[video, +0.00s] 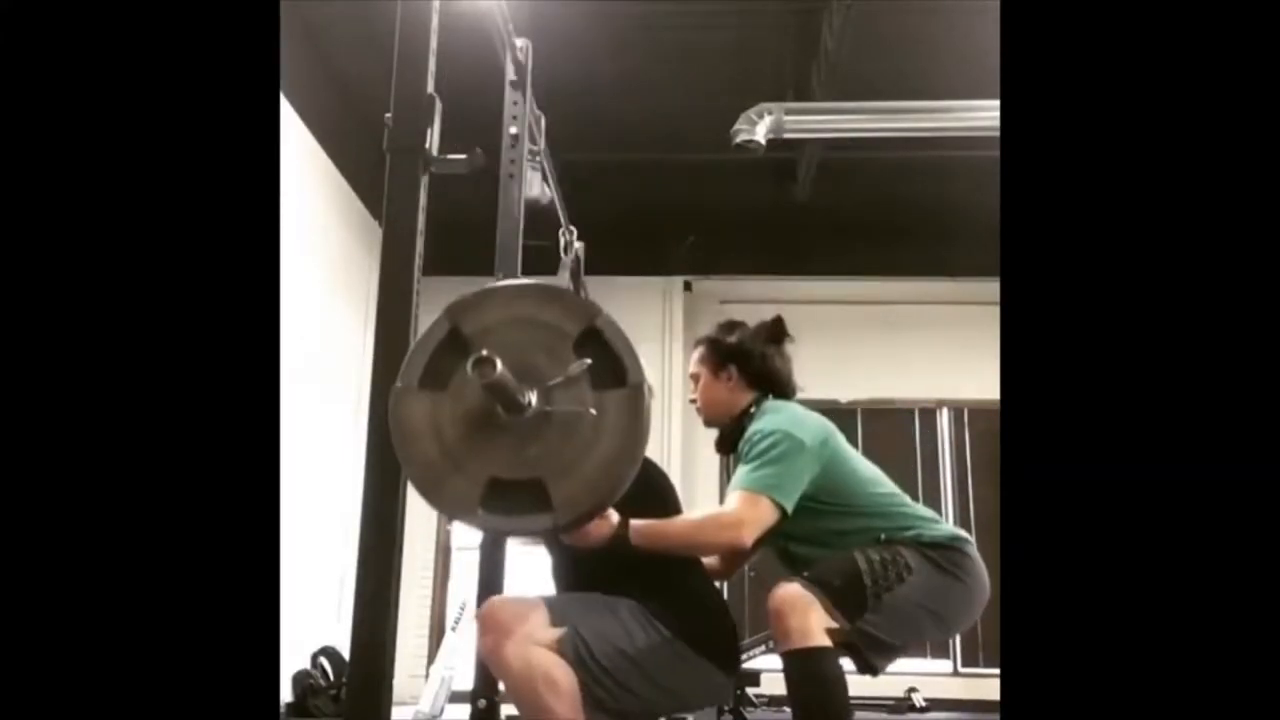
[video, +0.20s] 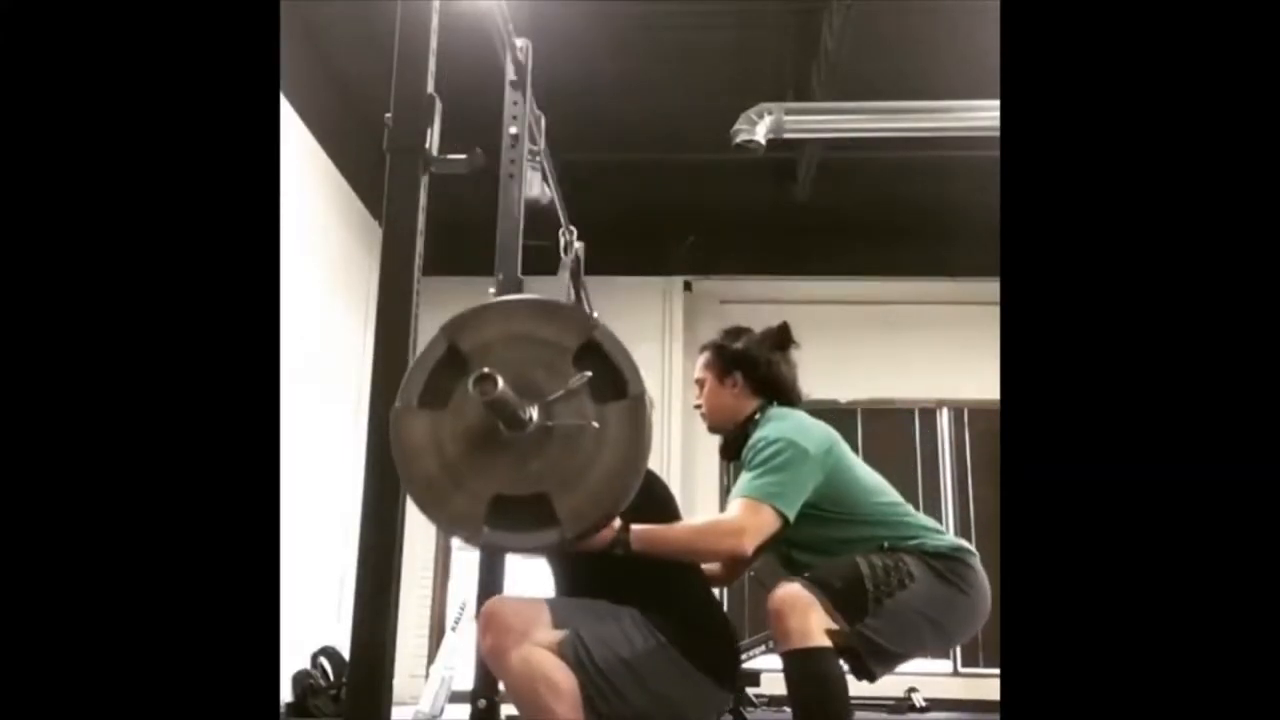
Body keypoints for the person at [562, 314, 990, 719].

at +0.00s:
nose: (691, 393)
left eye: (699, 378)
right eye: (691, 380)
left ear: (737, 378)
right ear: (737, 382)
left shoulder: (781, 426)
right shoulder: (756, 443)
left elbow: (736, 529)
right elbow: (720, 561)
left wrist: (622, 528)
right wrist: (637, 558)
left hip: (939, 565)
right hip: (908, 569)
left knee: (794, 604)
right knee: (791, 608)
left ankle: (827, 714)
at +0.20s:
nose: (696, 398)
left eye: (703, 384)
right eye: (696, 386)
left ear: (740, 383)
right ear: (740, 387)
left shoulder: (787, 434)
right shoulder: (752, 452)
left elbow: (737, 537)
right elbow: (725, 568)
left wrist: (621, 533)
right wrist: (641, 562)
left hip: (942, 576)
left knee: (794, 604)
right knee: (791, 609)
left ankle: (827, 714)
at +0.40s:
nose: (698, 397)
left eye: (704, 382)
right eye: (698, 384)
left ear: (738, 380)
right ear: (740, 381)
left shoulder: (788, 432)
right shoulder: (762, 447)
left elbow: (737, 534)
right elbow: (725, 567)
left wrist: (620, 530)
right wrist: (641, 558)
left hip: (942, 573)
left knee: (793, 604)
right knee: (795, 612)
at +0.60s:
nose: (699, 386)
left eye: (706, 371)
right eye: (700, 374)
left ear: (739, 370)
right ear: (740, 371)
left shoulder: (790, 425)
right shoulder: (765, 440)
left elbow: (738, 525)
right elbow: (723, 558)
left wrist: (622, 523)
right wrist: (641, 556)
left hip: (940, 566)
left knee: (793, 605)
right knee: (795, 618)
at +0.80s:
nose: (700, 373)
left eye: (707, 357)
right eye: (701, 360)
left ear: (743, 355)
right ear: (742, 358)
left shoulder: (791, 409)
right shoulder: (767, 425)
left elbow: (741, 510)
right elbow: (725, 546)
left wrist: (624, 509)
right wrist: (643, 548)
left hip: (935, 552)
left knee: (794, 603)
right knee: (797, 615)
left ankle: (827, 713)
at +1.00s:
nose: (700, 351)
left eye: (707, 337)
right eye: (700, 339)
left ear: (743, 334)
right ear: (742, 337)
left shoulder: (789, 388)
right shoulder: (766, 400)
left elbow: (739, 484)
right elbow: (725, 522)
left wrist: (627, 481)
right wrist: (647, 537)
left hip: (927, 532)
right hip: (893, 537)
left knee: (799, 603)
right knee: (799, 610)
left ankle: (831, 713)